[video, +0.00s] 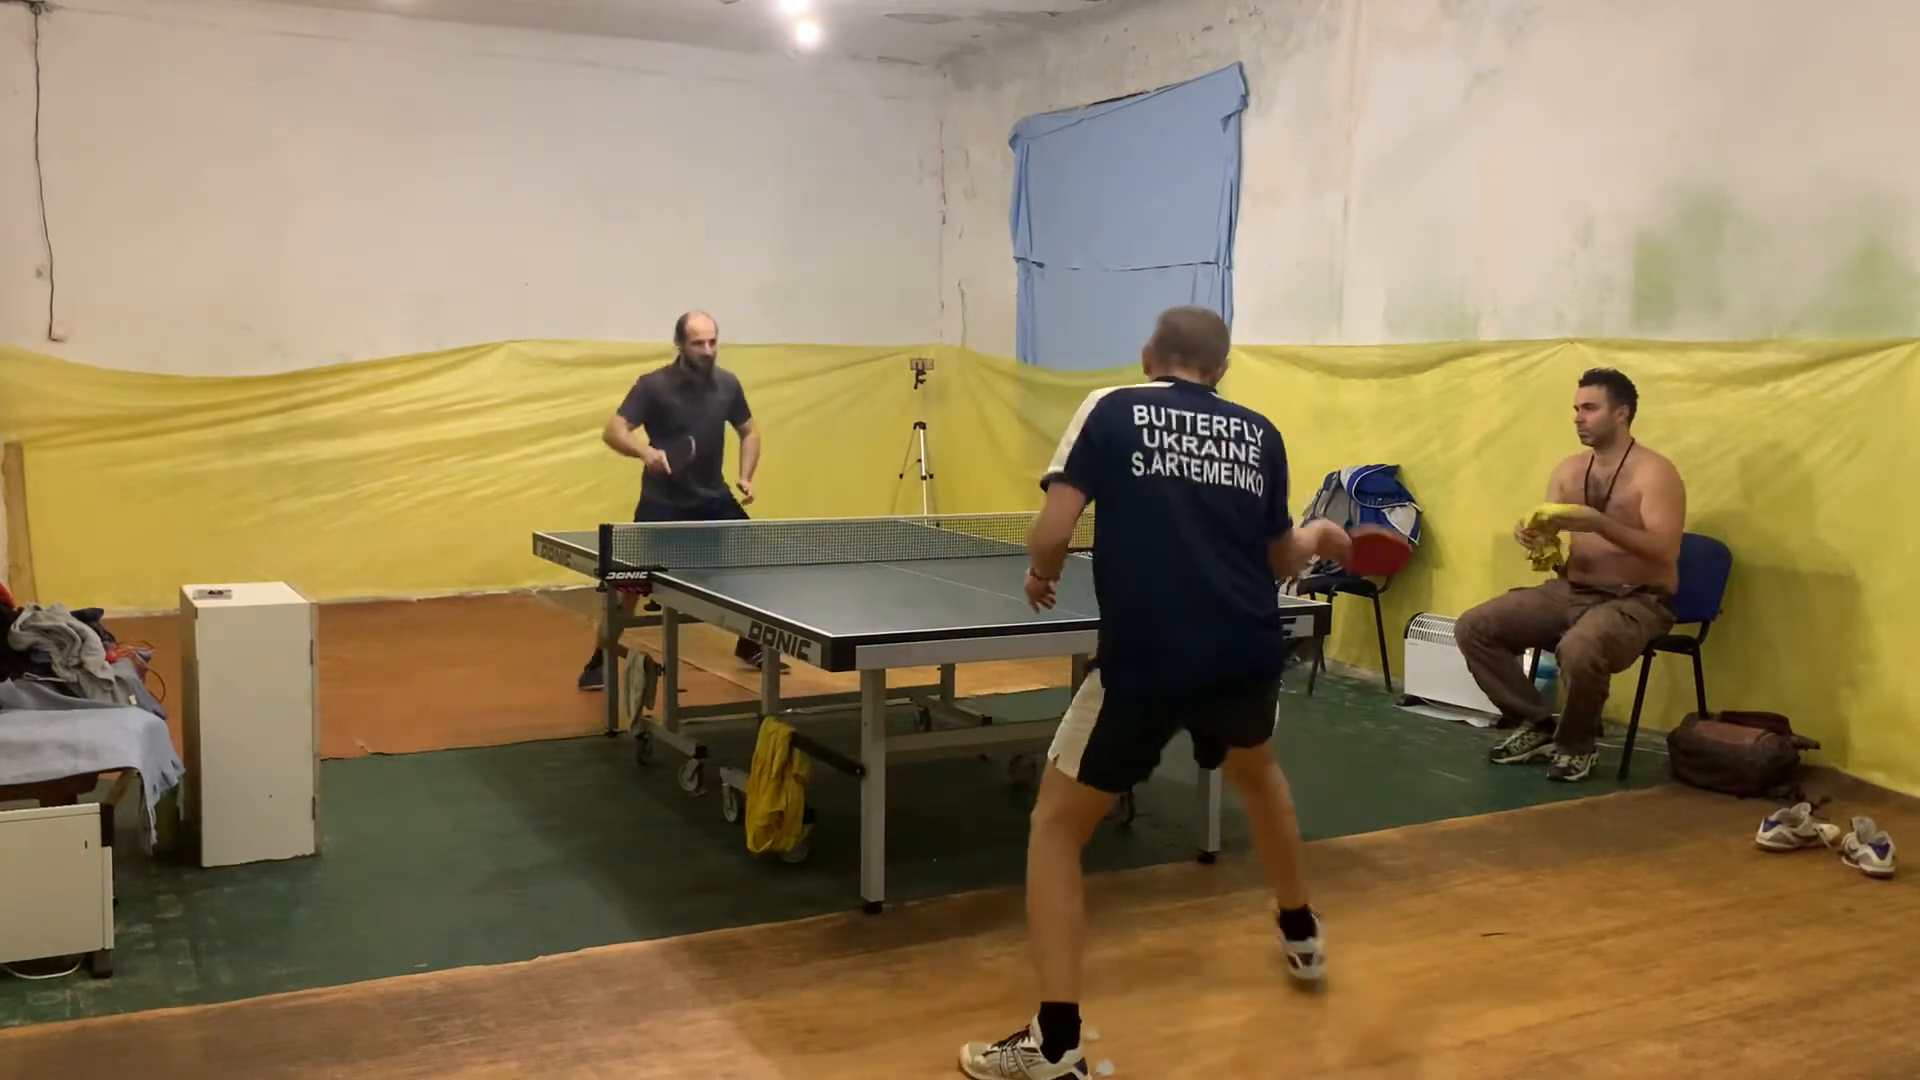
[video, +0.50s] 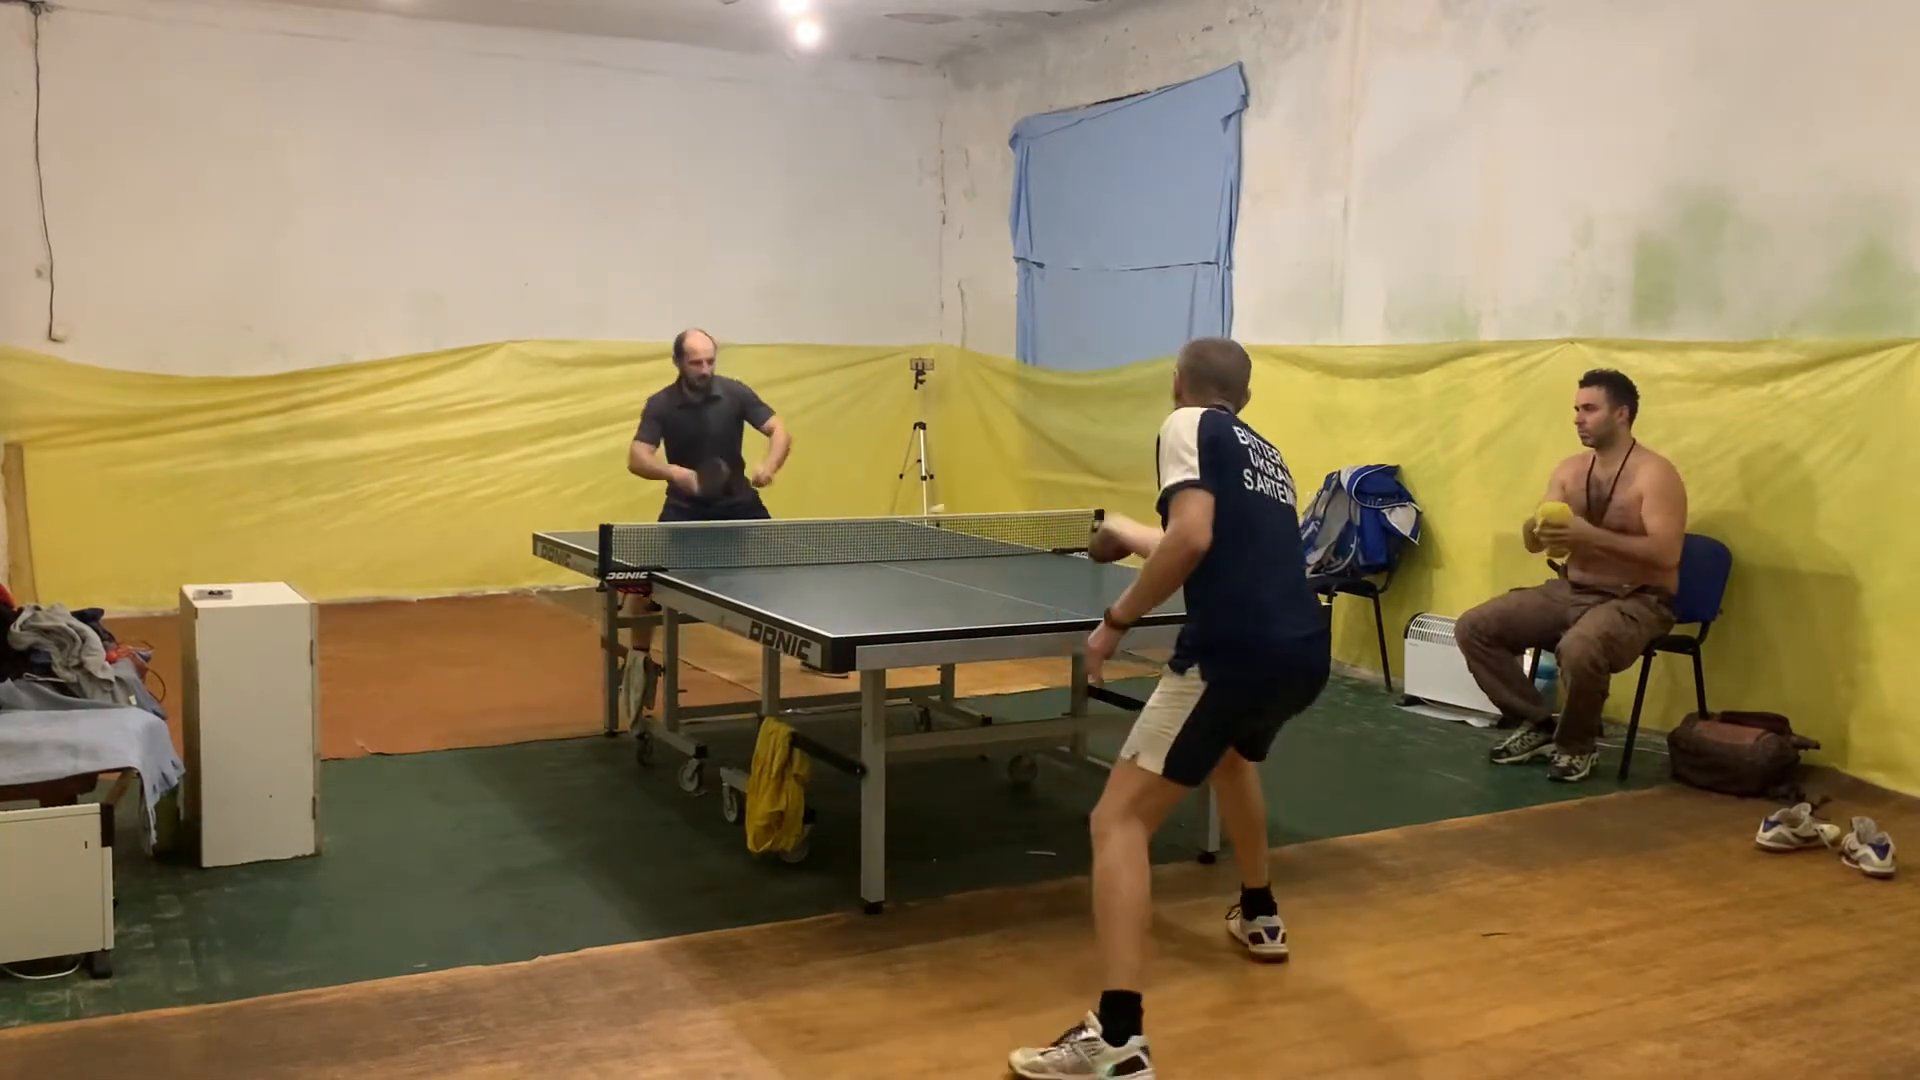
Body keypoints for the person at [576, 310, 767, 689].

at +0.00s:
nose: (708, 350)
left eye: (712, 342)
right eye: (699, 343)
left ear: (718, 342)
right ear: (680, 345)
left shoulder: (727, 385)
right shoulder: (653, 385)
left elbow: (749, 432)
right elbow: (613, 431)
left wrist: (746, 475)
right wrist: (644, 451)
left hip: (715, 499)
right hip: (662, 502)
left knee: (764, 562)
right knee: (631, 580)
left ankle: (752, 641)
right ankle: (601, 657)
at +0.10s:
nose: (701, 356)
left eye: (706, 348)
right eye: (692, 349)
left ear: (712, 347)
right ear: (673, 351)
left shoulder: (726, 388)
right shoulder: (651, 392)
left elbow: (756, 435)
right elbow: (618, 444)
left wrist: (749, 474)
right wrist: (648, 461)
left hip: (715, 505)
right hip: (661, 508)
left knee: (760, 568)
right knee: (630, 584)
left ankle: (782, 648)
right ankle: (602, 660)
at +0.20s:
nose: (699, 352)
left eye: (704, 344)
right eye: (690, 346)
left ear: (711, 342)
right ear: (673, 348)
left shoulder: (732, 382)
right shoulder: (653, 391)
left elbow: (769, 423)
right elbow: (623, 444)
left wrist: (757, 467)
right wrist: (652, 455)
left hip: (724, 502)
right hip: (668, 504)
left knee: (765, 569)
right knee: (633, 580)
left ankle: (785, 648)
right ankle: (610, 659)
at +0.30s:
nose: (694, 351)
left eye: (698, 343)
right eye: (684, 345)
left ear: (705, 342)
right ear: (667, 347)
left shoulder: (729, 379)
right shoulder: (651, 391)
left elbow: (773, 419)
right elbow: (622, 445)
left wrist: (765, 462)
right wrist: (651, 451)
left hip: (729, 499)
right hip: (673, 502)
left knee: (770, 566)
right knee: (640, 580)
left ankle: (788, 644)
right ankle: (637, 663)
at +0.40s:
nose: (692, 362)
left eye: (697, 353)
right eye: (682, 355)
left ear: (703, 350)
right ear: (665, 356)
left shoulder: (726, 386)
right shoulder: (651, 399)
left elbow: (774, 422)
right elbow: (622, 454)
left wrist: (762, 459)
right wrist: (650, 460)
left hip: (734, 505)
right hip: (678, 508)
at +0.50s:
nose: (705, 370)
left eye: (710, 362)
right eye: (697, 363)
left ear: (716, 359)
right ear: (678, 362)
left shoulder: (735, 393)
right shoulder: (661, 404)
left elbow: (781, 433)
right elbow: (637, 460)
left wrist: (769, 466)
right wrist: (672, 472)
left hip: (739, 503)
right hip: (685, 507)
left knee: (783, 563)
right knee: (643, 579)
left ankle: (806, 641)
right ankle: (639, 664)